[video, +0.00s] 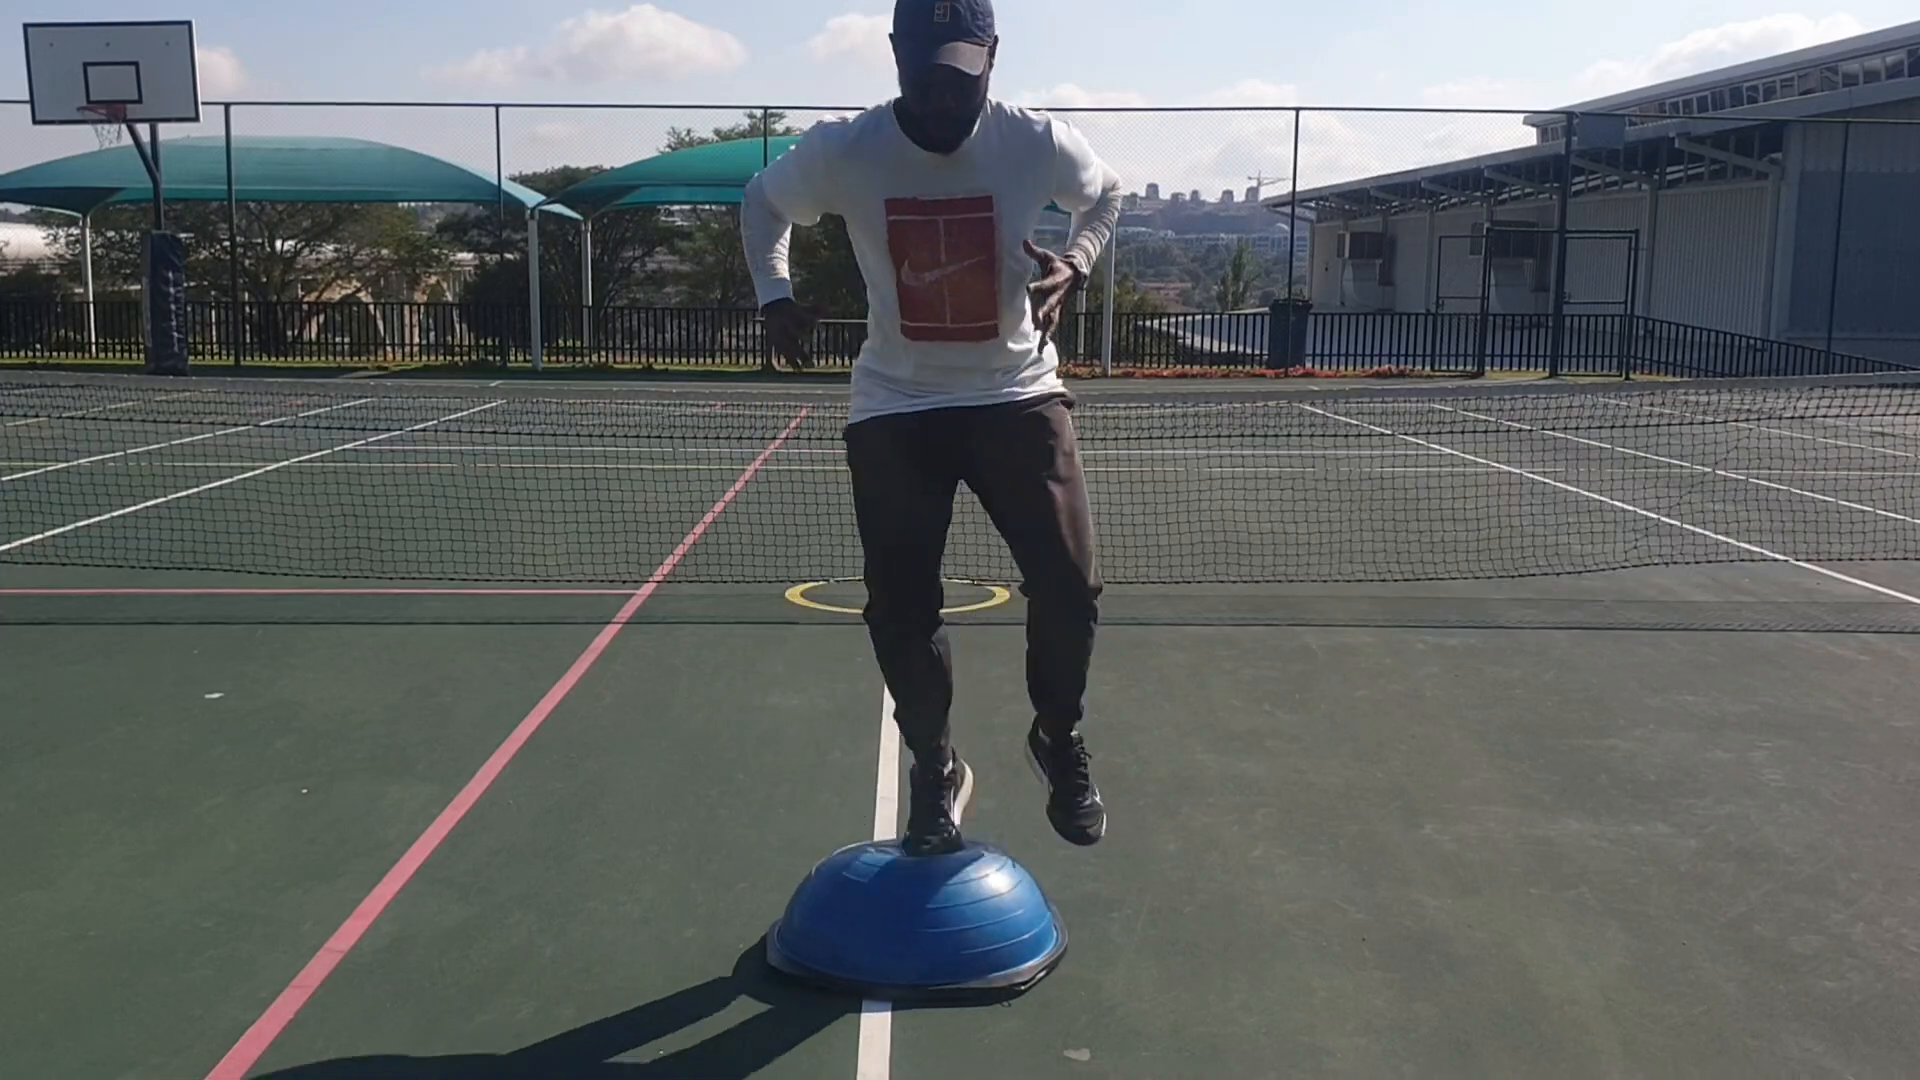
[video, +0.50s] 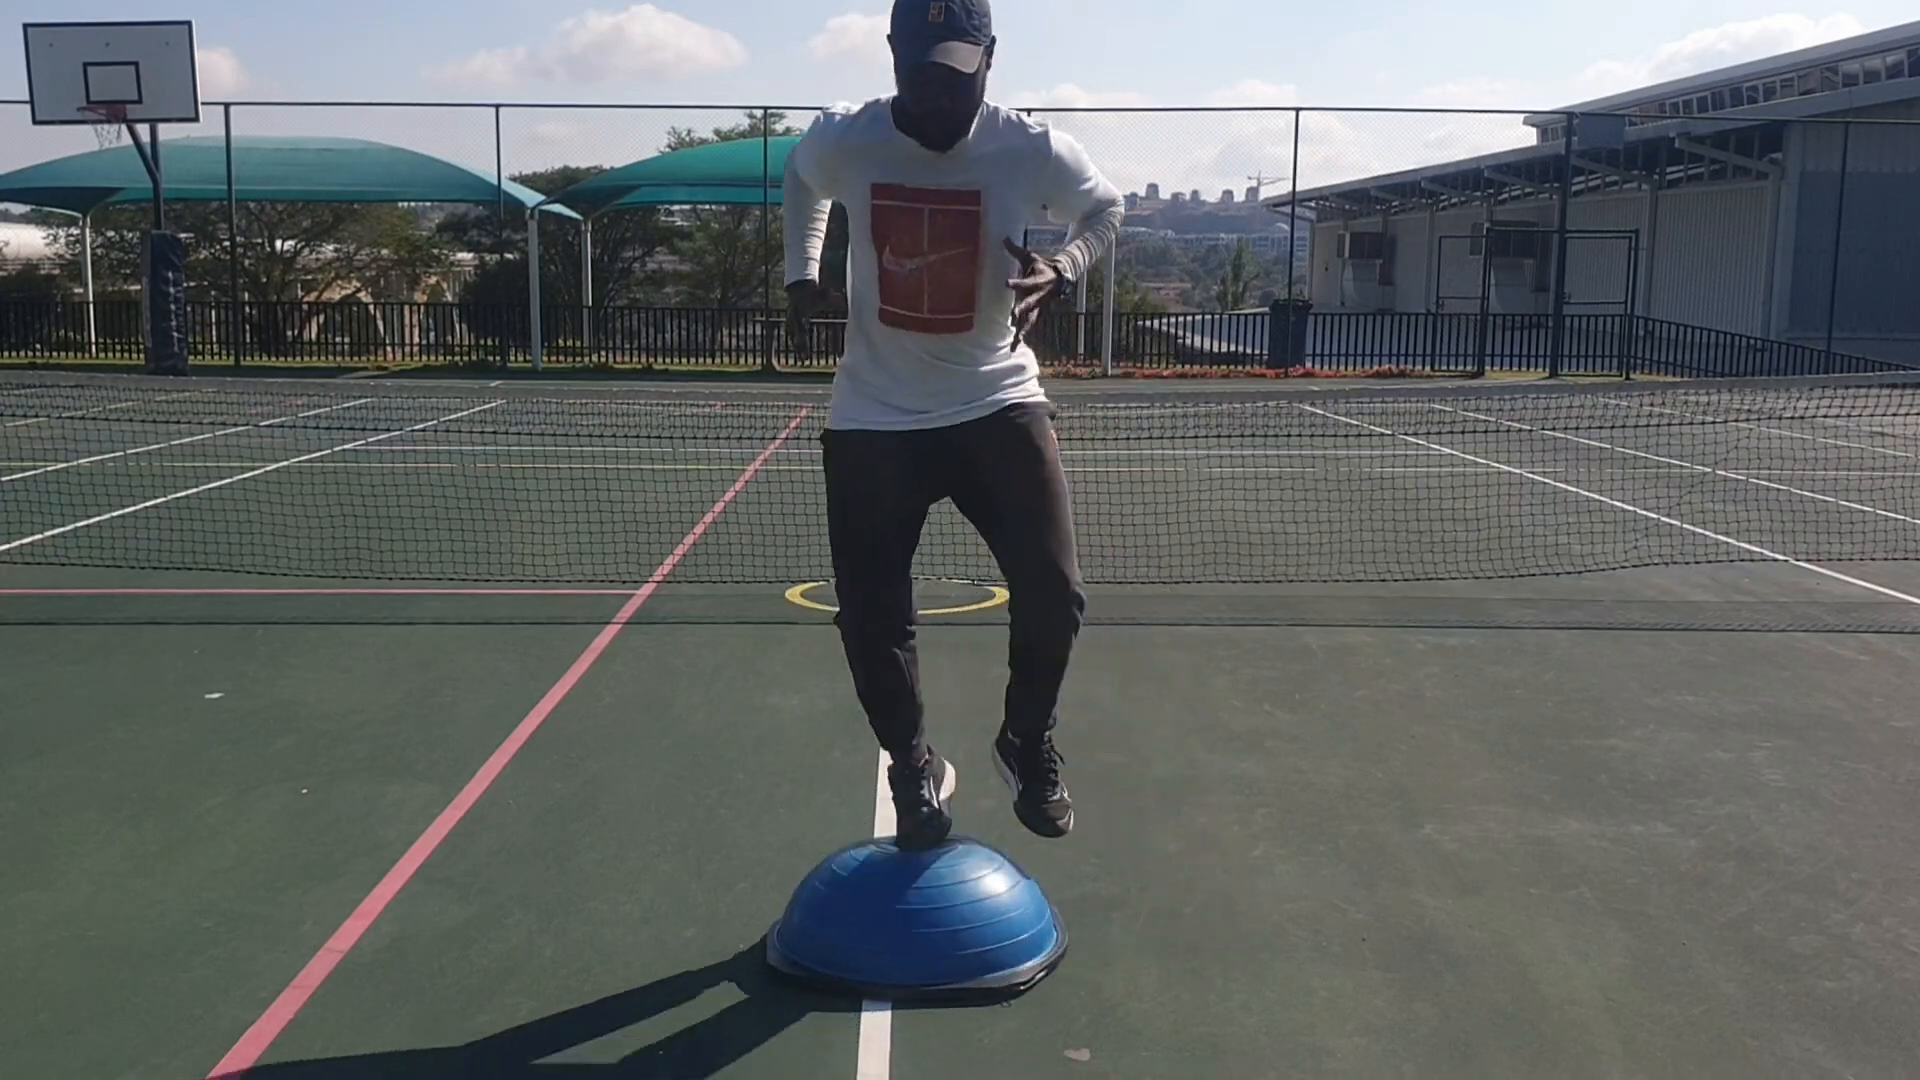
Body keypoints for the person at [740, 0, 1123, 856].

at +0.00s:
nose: (953, 97)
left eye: (968, 79)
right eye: (935, 79)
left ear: (992, 64)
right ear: (900, 60)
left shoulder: (1035, 143)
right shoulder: (841, 152)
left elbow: (1102, 198)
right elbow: (761, 204)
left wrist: (1077, 258)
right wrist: (775, 295)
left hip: (1018, 397)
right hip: (896, 405)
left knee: (1071, 587)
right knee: (900, 611)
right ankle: (933, 771)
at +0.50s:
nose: (944, 96)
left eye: (961, 80)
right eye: (928, 76)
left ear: (987, 69)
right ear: (897, 59)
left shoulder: (1030, 150)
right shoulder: (842, 143)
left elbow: (1106, 208)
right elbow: (803, 180)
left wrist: (1063, 262)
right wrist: (804, 281)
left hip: (995, 399)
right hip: (874, 408)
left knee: (1053, 591)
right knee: (870, 615)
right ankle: (911, 769)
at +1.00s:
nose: (867, 131)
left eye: (883, 113)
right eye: (850, 113)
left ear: (913, 108)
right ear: (819, 108)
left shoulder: (963, 209)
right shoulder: (766, 204)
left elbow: (1006, 279)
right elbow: (709, 294)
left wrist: (977, 311)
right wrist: (738, 339)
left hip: (905, 469)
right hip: (782, 474)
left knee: (912, 662)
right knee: (727, 670)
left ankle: (875, 826)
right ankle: (667, 841)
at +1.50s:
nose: (974, 243)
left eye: (991, 223)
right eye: (957, 224)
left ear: (1017, 209)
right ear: (927, 214)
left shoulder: (1076, 294)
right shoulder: (883, 302)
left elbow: (1145, 384)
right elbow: (862, 374)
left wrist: (1109, 435)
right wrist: (892, 433)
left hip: (1070, 531)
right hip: (947, 526)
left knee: (1141, 713)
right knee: (898, 681)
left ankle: (1187, 868)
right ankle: (936, 807)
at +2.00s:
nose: (870, 102)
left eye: (885, 83)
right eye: (852, 83)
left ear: (913, 67)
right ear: (820, 68)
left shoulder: (960, 152)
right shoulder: (767, 145)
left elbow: (1001, 194)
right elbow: (686, 196)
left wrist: (975, 260)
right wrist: (723, 283)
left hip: (906, 425)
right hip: (782, 424)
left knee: (918, 629)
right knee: (727, 620)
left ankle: (871, 794)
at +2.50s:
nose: (902, 63)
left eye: (920, 41)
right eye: (884, 40)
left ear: (951, 32)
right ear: (859, 34)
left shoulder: (1005, 116)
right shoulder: (804, 123)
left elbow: (1060, 185)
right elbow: (717, 196)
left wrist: (1039, 232)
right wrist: (762, 250)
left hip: (967, 382)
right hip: (844, 382)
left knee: (983, 589)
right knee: (833, 587)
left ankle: (914, 764)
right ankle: (845, 753)